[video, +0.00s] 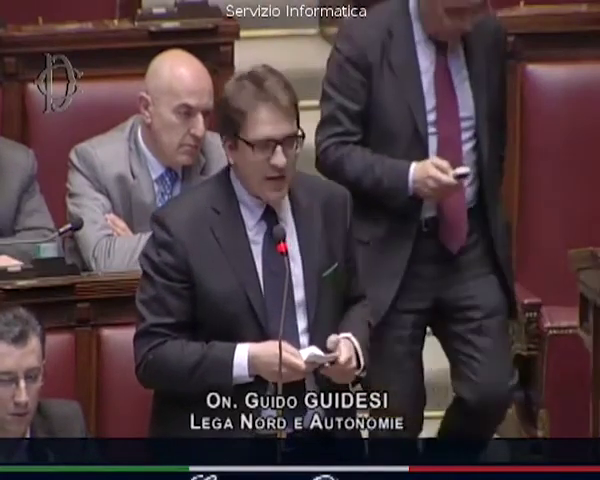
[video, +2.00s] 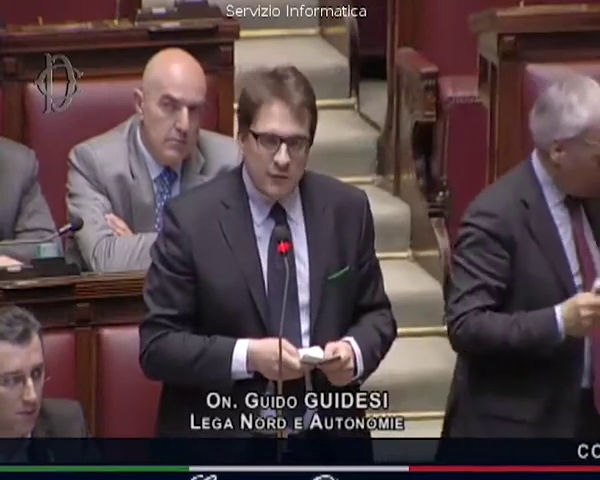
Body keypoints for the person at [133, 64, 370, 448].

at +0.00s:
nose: (280, 159)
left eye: (290, 142)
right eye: (264, 145)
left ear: (301, 136)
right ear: (230, 146)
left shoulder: (331, 204)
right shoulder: (179, 224)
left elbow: (358, 301)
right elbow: (153, 357)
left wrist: (351, 340)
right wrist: (247, 360)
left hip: (322, 441)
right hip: (220, 447)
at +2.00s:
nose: (282, 158)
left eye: (296, 143)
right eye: (268, 141)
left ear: (311, 142)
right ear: (241, 138)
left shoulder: (348, 208)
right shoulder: (189, 217)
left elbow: (377, 315)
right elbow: (157, 346)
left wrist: (354, 352)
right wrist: (246, 355)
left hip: (328, 437)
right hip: (220, 439)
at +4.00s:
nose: (295, 203)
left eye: (306, 187)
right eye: (282, 190)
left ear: (315, 165)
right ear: (244, 170)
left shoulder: (338, 207)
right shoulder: (183, 223)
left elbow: (366, 310)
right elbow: (158, 355)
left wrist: (357, 343)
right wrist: (246, 358)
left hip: (323, 441)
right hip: (219, 446)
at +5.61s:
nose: (296, 207)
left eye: (308, 191)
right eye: (283, 193)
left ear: (320, 168)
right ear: (247, 167)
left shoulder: (340, 207)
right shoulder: (186, 224)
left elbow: (366, 310)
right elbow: (161, 355)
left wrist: (358, 345)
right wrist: (250, 356)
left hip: (323, 441)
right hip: (219, 444)